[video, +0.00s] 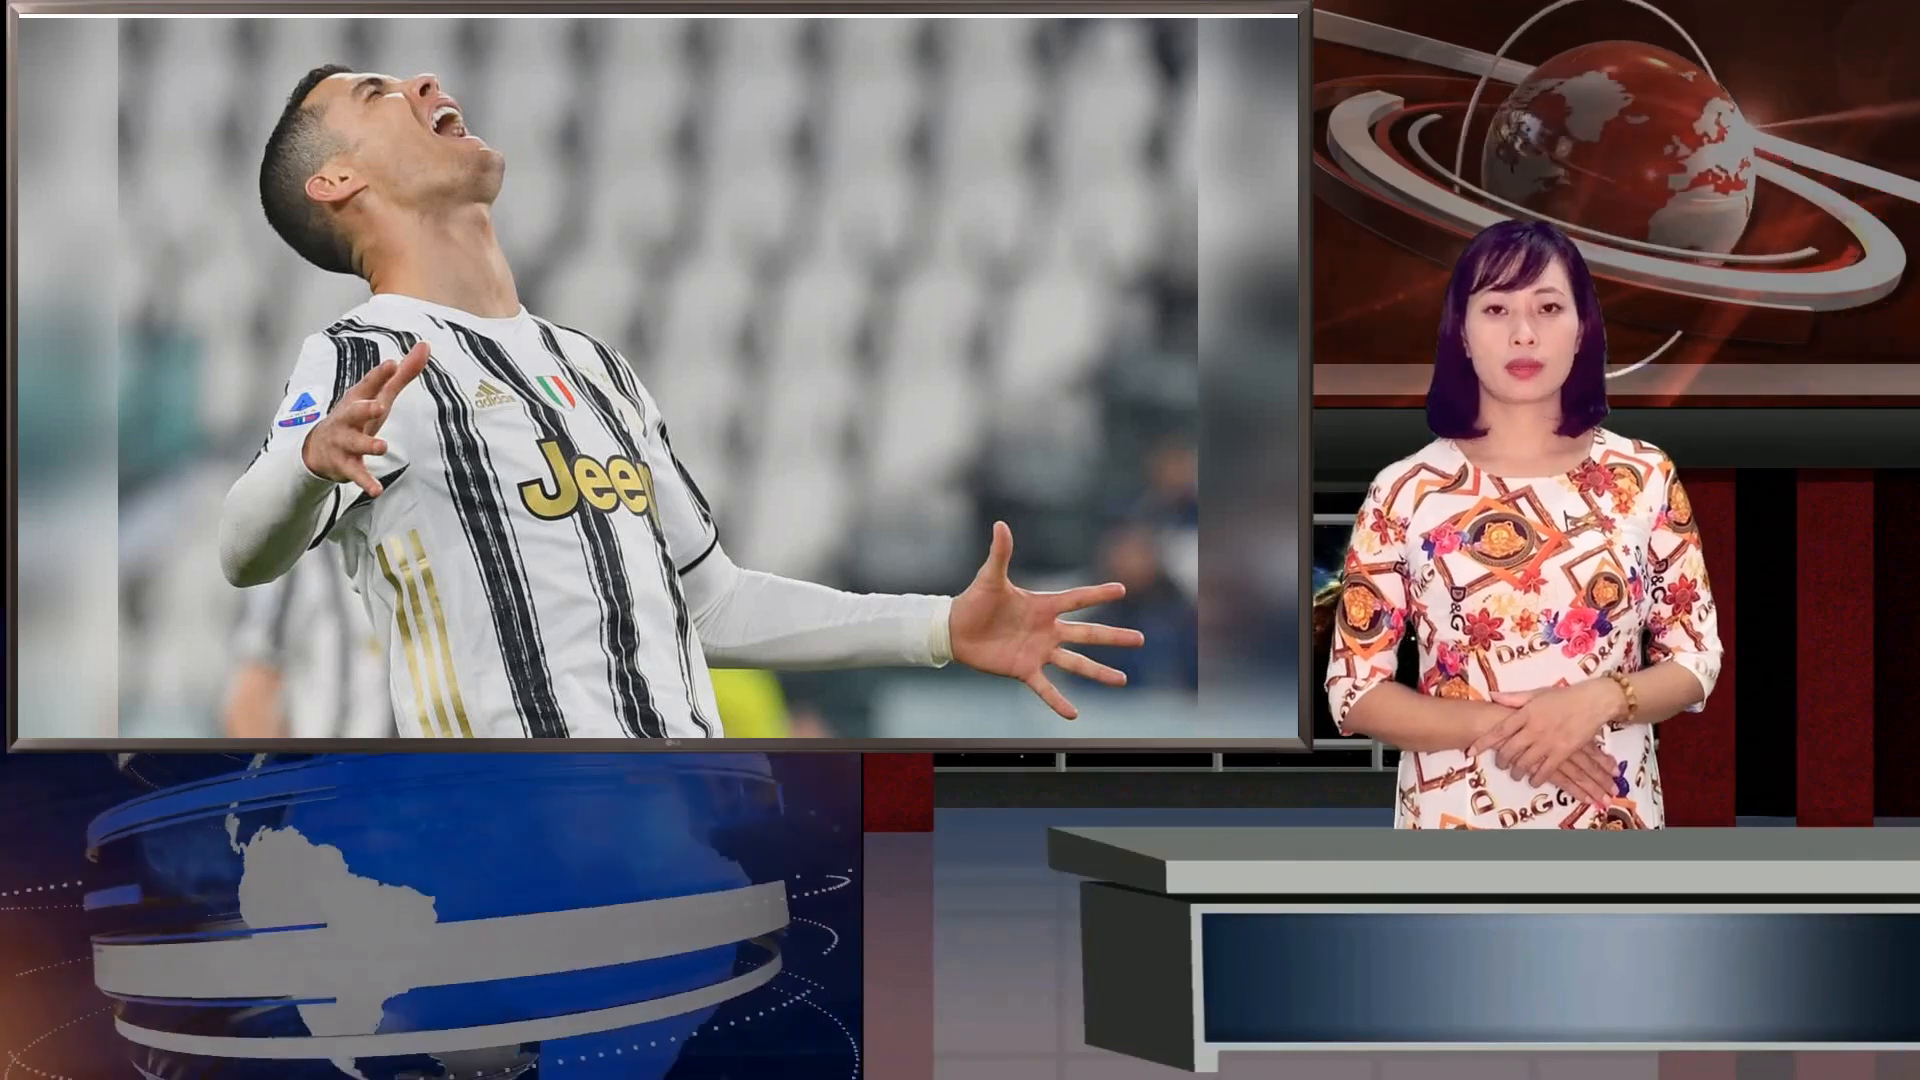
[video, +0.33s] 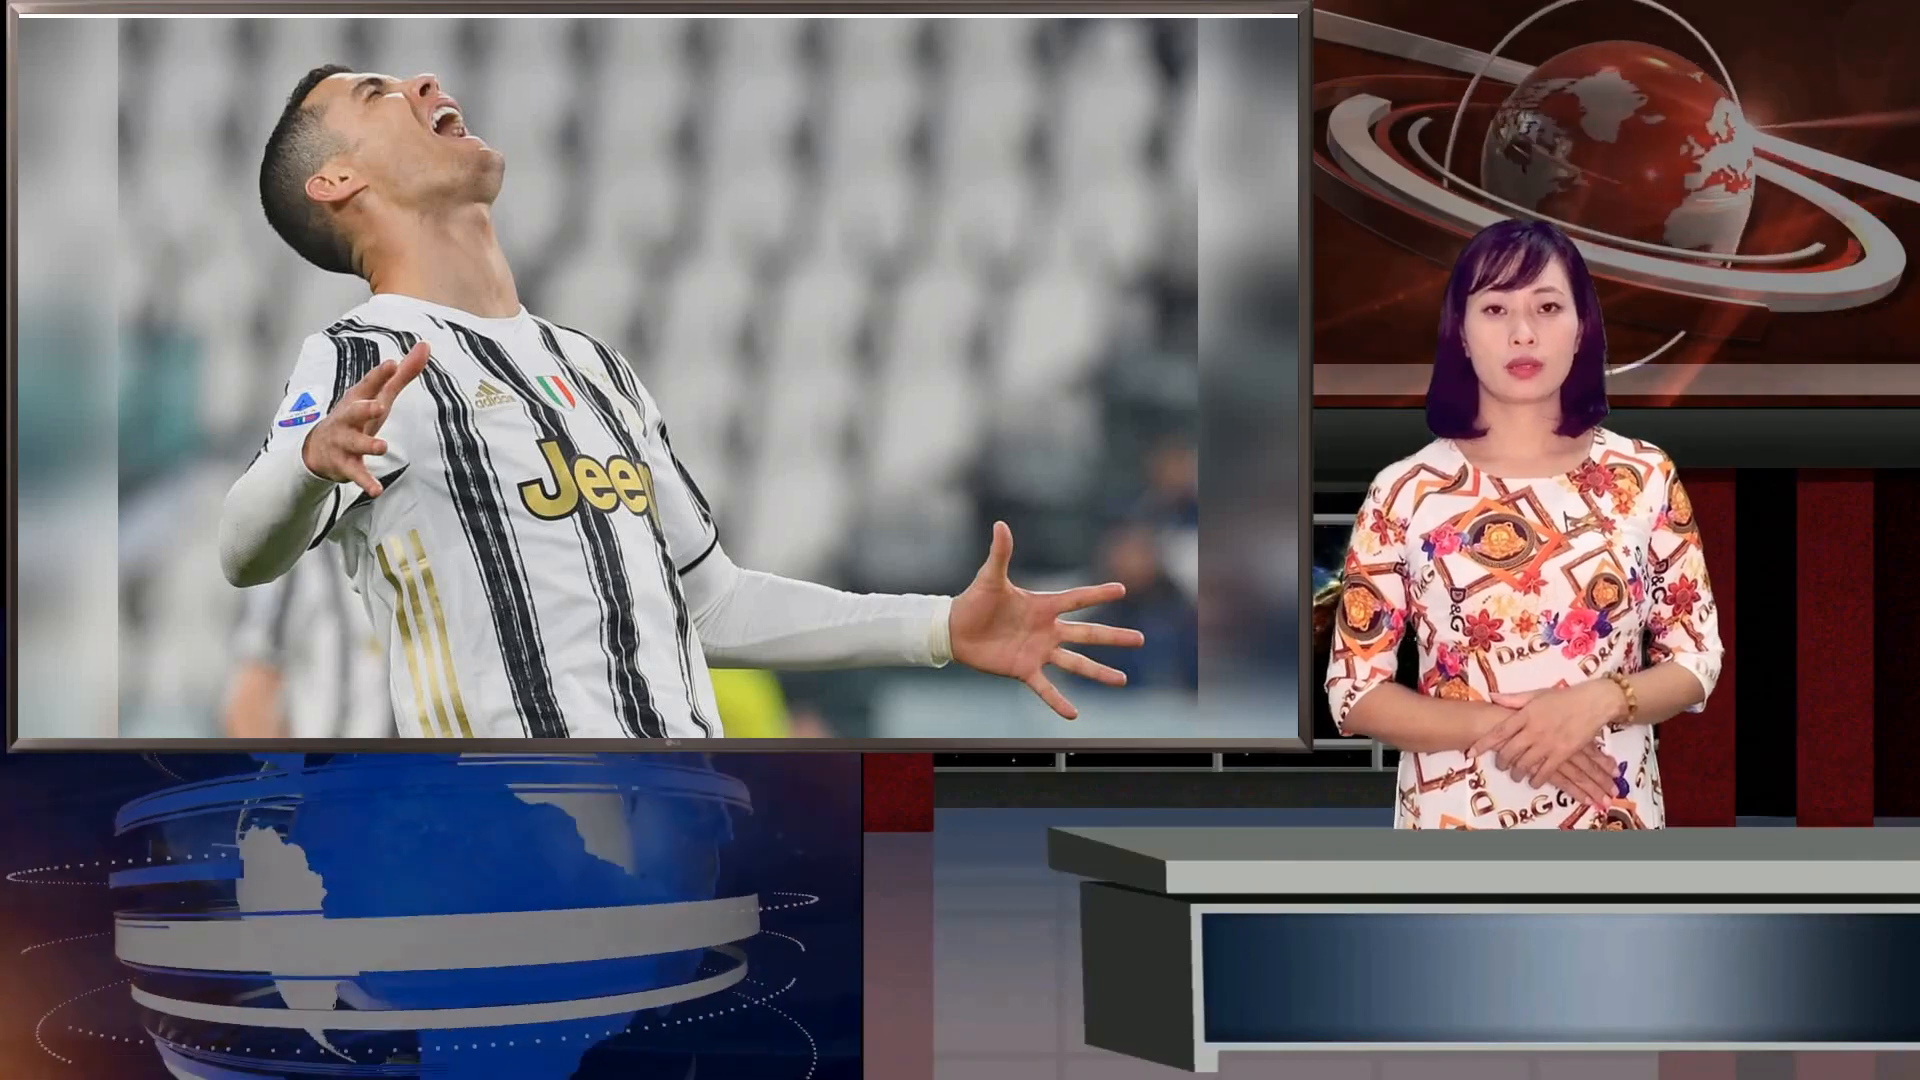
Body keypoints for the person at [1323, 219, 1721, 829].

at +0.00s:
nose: (1523, 332)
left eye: (1548, 308)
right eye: (1496, 309)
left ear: (1582, 328)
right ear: (1461, 331)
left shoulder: (1643, 479)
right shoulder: (1404, 493)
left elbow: (1696, 659)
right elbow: (1354, 691)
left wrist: (1598, 699)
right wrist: (1512, 730)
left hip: (1611, 832)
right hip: (1454, 832)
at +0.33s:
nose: (1522, 332)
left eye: (1548, 308)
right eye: (1495, 309)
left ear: (1582, 327)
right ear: (1460, 329)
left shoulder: (1643, 478)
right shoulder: (1404, 492)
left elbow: (1696, 660)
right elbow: (1354, 692)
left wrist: (1598, 701)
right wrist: (1511, 731)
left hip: (1611, 833)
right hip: (1454, 832)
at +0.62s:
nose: (1524, 332)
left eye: (1549, 308)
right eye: (1497, 309)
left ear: (1582, 328)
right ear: (1461, 331)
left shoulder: (1643, 477)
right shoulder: (1404, 492)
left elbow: (1698, 658)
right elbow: (1353, 692)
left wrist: (1598, 701)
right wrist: (1513, 730)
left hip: (1610, 832)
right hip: (1455, 832)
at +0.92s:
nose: (1526, 332)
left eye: (1551, 308)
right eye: (1499, 310)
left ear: (1585, 327)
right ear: (1462, 330)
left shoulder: (1645, 477)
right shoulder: (1405, 492)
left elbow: (1699, 658)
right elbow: (1355, 691)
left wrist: (1601, 700)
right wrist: (1513, 729)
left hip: (1613, 832)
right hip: (1457, 832)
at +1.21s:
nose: (1531, 331)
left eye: (1556, 307)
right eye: (1503, 309)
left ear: (1590, 328)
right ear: (1467, 329)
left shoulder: (1648, 479)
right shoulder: (1408, 492)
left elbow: (1700, 660)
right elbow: (1359, 689)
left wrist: (1603, 701)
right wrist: (1516, 729)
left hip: (1614, 831)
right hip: (1458, 831)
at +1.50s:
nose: (1531, 332)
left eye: (1556, 309)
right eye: (1503, 310)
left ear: (1589, 328)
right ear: (1467, 330)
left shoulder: (1648, 479)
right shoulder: (1408, 492)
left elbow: (1700, 661)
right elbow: (1358, 690)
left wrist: (1603, 701)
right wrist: (1516, 730)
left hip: (1614, 831)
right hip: (1458, 830)